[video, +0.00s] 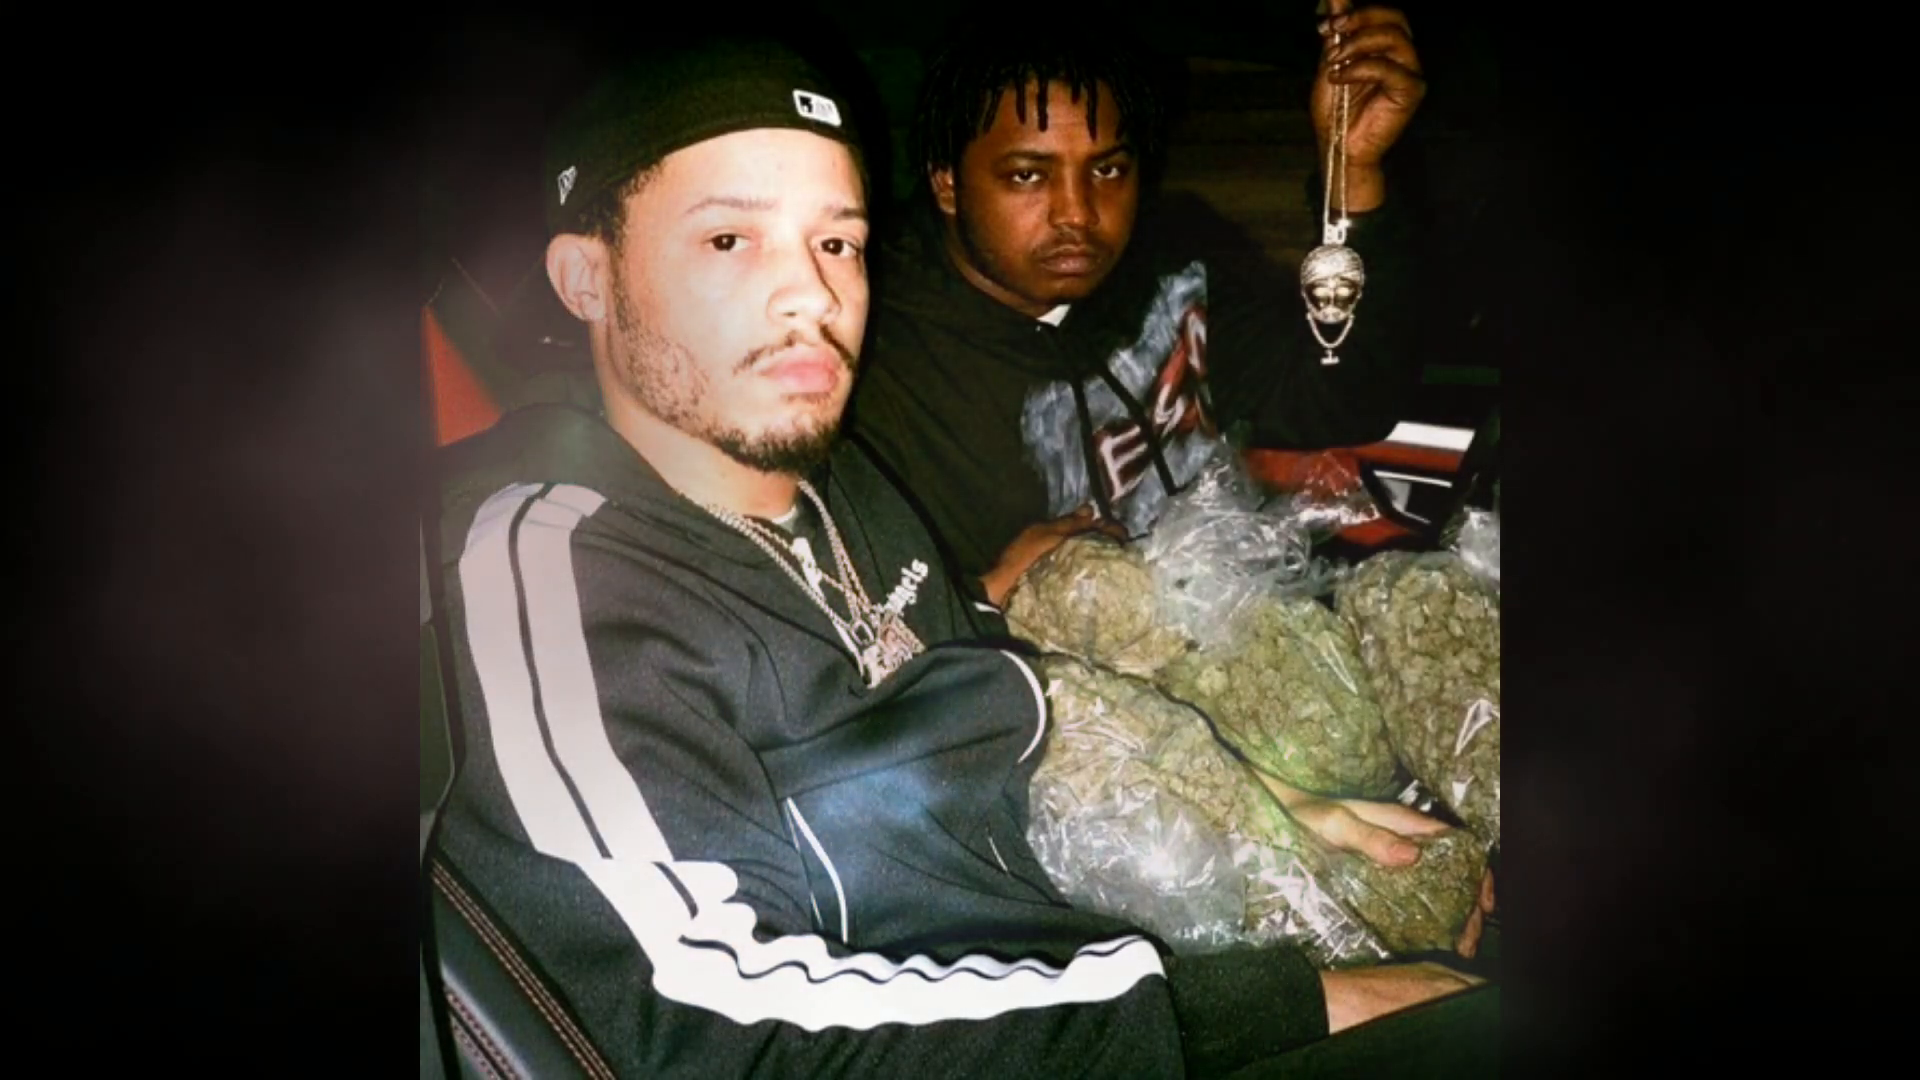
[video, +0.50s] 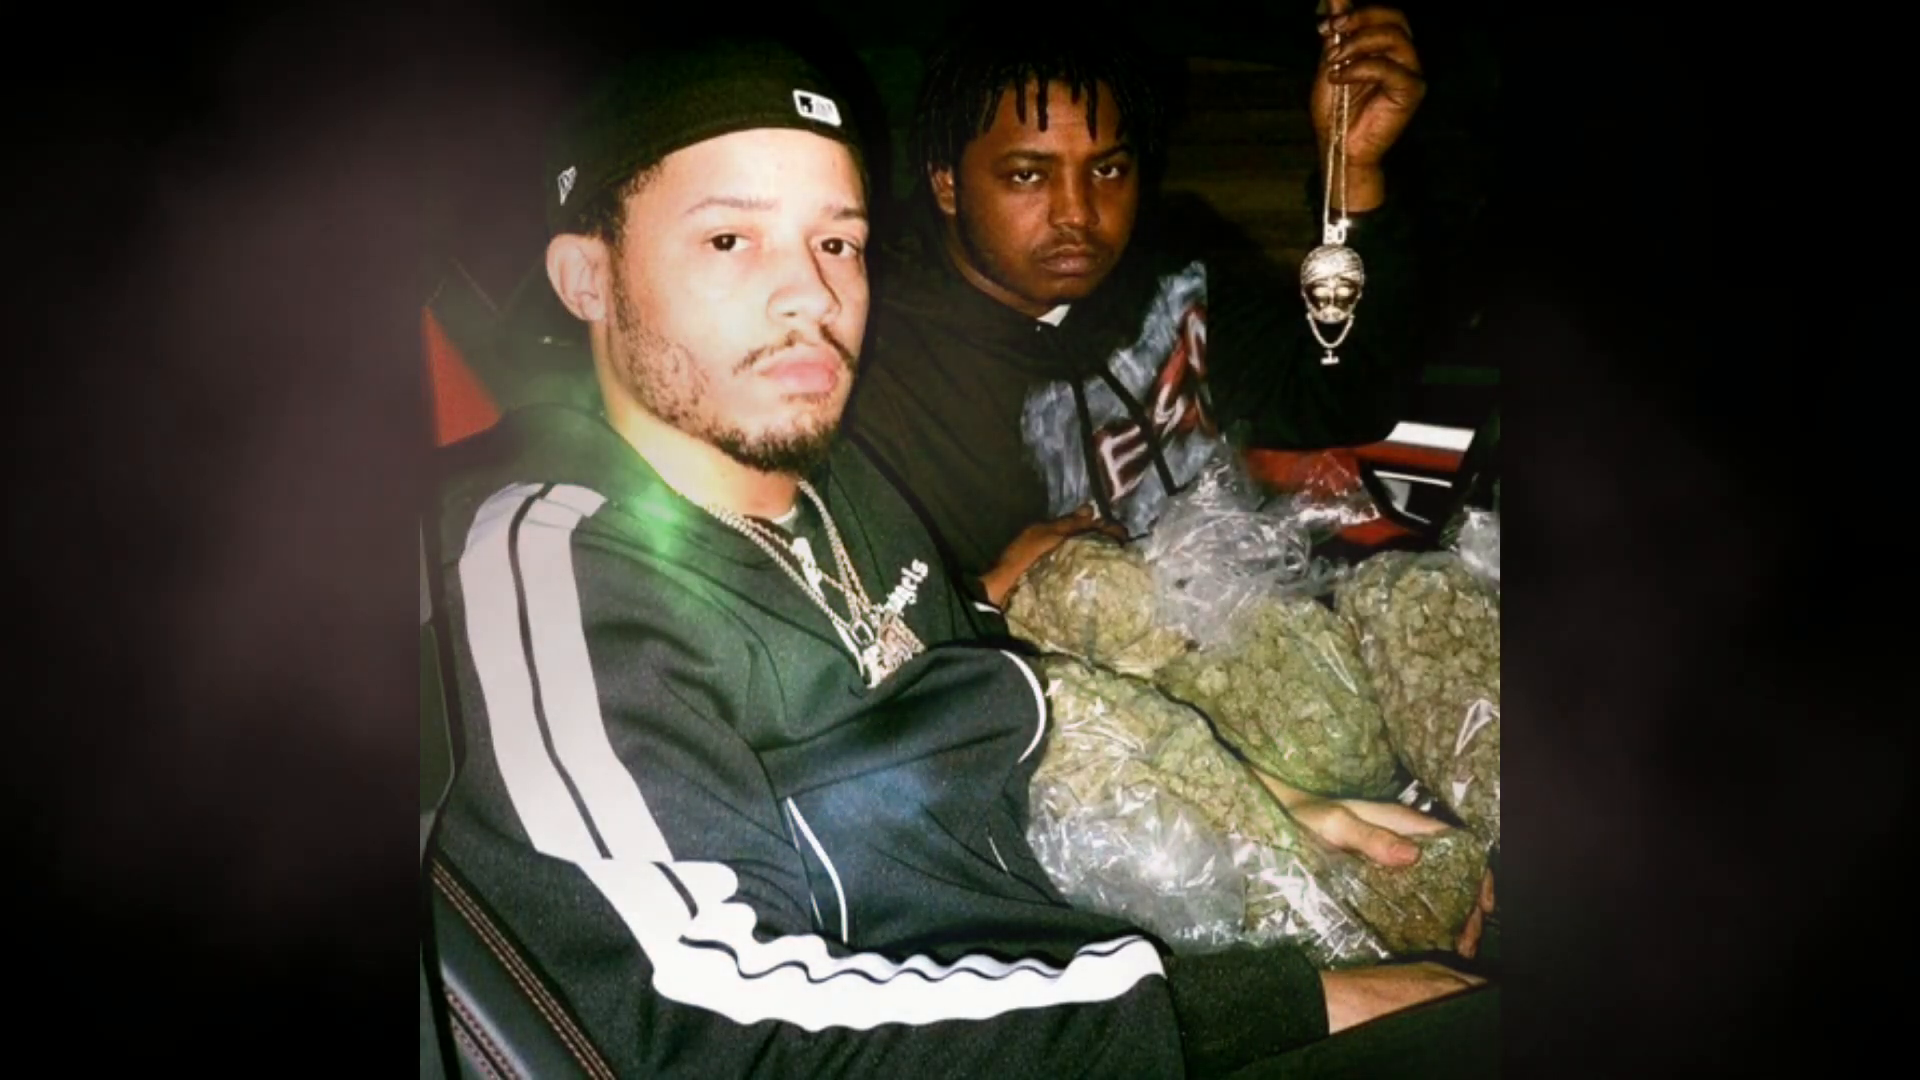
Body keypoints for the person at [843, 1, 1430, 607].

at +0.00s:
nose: (1077, 217)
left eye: (1107, 171)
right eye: (1029, 176)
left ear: (1140, 174)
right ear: (946, 187)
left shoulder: (1176, 254)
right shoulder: (890, 375)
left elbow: (1341, 409)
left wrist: (1353, 171)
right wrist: (990, 596)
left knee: (1432, 604)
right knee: (1083, 584)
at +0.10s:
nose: (1077, 217)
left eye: (1107, 171)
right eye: (1029, 176)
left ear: (1140, 173)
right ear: (946, 188)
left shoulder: (1176, 256)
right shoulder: (886, 374)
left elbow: (1349, 408)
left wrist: (1353, 171)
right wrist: (990, 596)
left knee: (1431, 603)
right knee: (1083, 584)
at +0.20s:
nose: (1077, 217)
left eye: (1107, 171)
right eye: (1028, 176)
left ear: (1140, 174)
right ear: (945, 187)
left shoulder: (1175, 267)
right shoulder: (884, 373)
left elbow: (1351, 407)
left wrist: (1353, 171)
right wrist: (988, 596)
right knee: (1084, 585)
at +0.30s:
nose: (1077, 217)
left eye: (1107, 171)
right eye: (1029, 176)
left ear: (1140, 175)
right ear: (945, 188)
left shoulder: (1173, 271)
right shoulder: (886, 374)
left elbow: (1350, 406)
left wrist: (1353, 172)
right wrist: (990, 596)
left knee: (1426, 601)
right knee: (1082, 583)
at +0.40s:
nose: (1077, 216)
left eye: (1107, 171)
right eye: (1028, 176)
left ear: (1140, 174)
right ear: (945, 187)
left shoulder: (1175, 271)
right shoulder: (887, 373)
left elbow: (1340, 408)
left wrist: (1353, 172)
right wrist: (989, 596)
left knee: (1428, 603)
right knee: (1084, 583)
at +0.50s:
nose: (1077, 216)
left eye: (1108, 171)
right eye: (1029, 175)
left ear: (1140, 175)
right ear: (945, 187)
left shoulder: (1176, 268)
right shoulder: (889, 371)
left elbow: (1343, 411)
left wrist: (1353, 173)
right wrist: (989, 597)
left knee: (1428, 603)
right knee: (1083, 584)